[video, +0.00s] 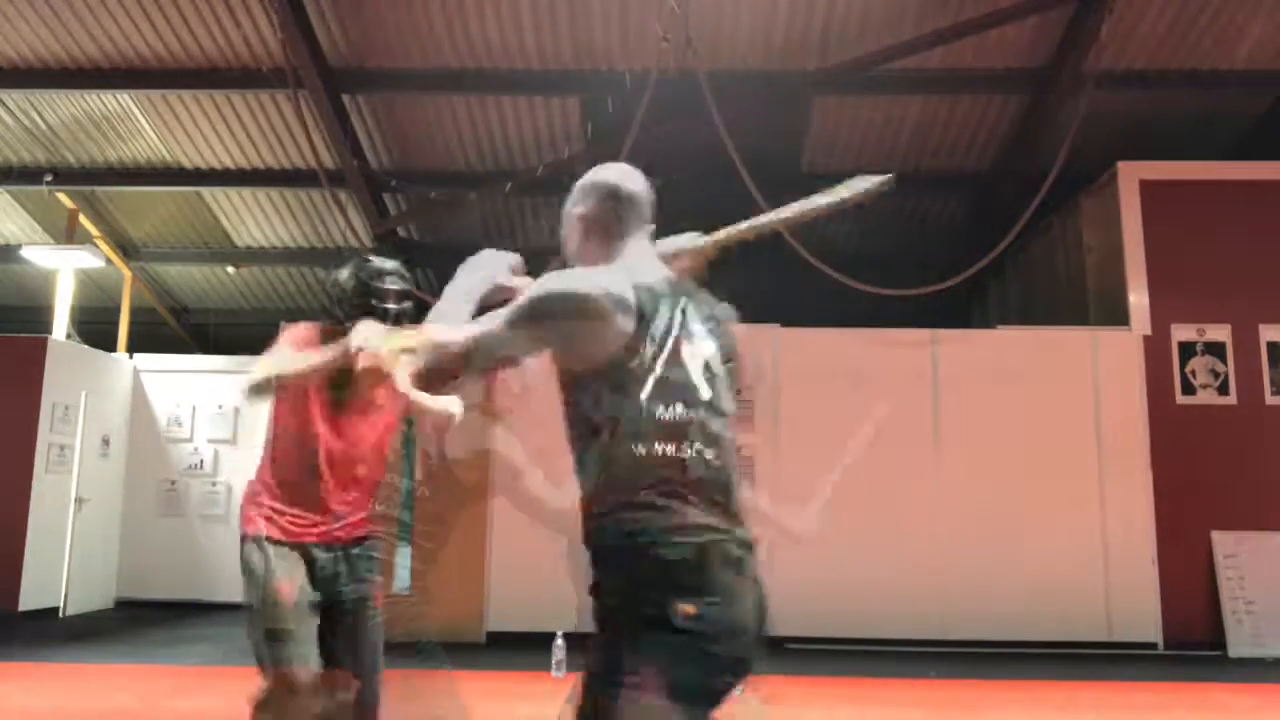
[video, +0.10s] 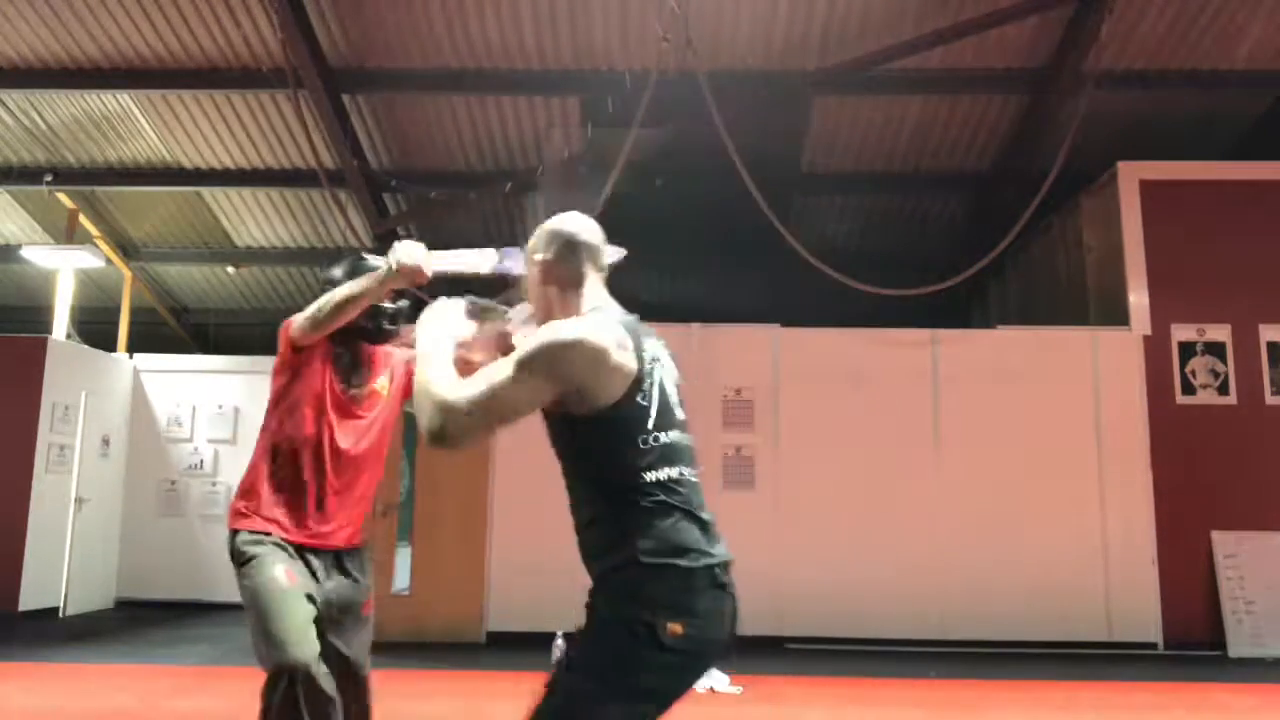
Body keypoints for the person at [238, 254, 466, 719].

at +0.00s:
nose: (387, 332)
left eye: (398, 322)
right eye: (380, 318)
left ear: (406, 321)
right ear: (351, 312)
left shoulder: (400, 358)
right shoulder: (304, 340)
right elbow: (256, 382)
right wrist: (338, 353)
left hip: (351, 537)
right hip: (277, 532)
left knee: (359, 693)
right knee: (296, 685)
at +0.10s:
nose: (386, 306)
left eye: (393, 296)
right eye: (372, 294)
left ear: (398, 309)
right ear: (342, 300)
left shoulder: (399, 361)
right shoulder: (301, 344)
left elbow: (459, 353)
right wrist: (386, 277)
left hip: (343, 548)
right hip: (269, 533)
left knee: (349, 680)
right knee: (298, 665)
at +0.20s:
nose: (361, 303)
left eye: (365, 293)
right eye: (348, 293)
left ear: (368, 302)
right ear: (311, 297)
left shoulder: (372, 362)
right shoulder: (272, 345)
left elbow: (444, 378)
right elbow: (306, 335)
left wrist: (526, 385)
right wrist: (345, 250)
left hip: (347, 560)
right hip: (280, 551)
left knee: (349, 689)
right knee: (287, 691)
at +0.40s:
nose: (344, 304)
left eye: (340, 288)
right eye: (332, 288)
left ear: (292, 297)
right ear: (295, 296)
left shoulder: (298, 359)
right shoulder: (246, 354)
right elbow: (333, 390)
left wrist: (390, 372)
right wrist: (400, 288)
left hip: (298, 577)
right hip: (240, 582)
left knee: (313, 698)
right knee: (249, 708)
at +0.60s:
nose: (291, 275)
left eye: (287, 260)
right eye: (280, 259)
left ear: (229, 268)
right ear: (247, 263)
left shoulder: (192, 345)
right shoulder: (227, 351)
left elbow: (240, 404)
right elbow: (323, 437)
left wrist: (298, 362)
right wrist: (423, 362)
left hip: (234, 567)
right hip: (246, 575)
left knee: (242, 709)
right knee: (258, 712)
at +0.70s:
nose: (287, 279)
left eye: (284, 264)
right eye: (277, 263)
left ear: (221, 269)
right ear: (245, 265)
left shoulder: (187, 350)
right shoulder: (227, 353)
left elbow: (233, 428)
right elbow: (320, 442)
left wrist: (280, 372)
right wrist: (425, 371)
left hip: (217, 570)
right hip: (244, 576)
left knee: (235, 710)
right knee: (253, 712)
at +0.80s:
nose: (289, 283)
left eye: (287, 269)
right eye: (281, 267)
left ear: (216, 271)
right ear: (251, 268)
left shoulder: (181, 347)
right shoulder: (230, 353)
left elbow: (214, 409)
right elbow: (320, 444)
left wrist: (273, 367)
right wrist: (421, 378)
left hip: (213, 571)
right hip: (242, 578)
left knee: (233, 709)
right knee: (253, 712)